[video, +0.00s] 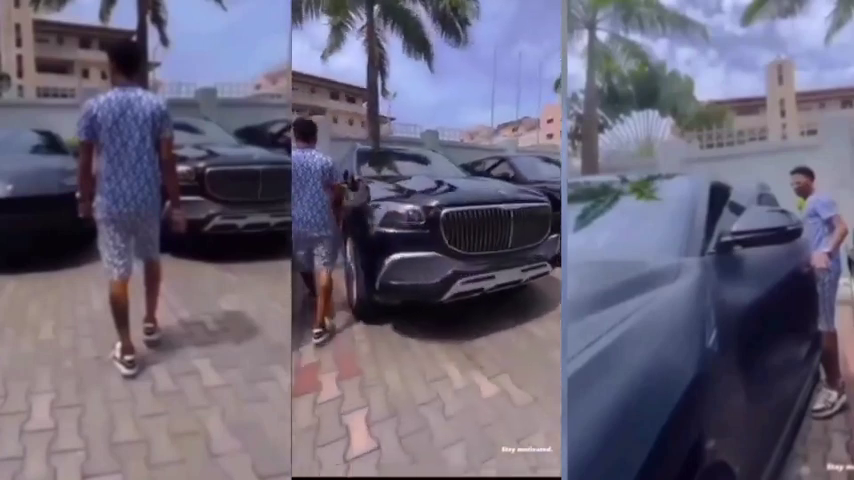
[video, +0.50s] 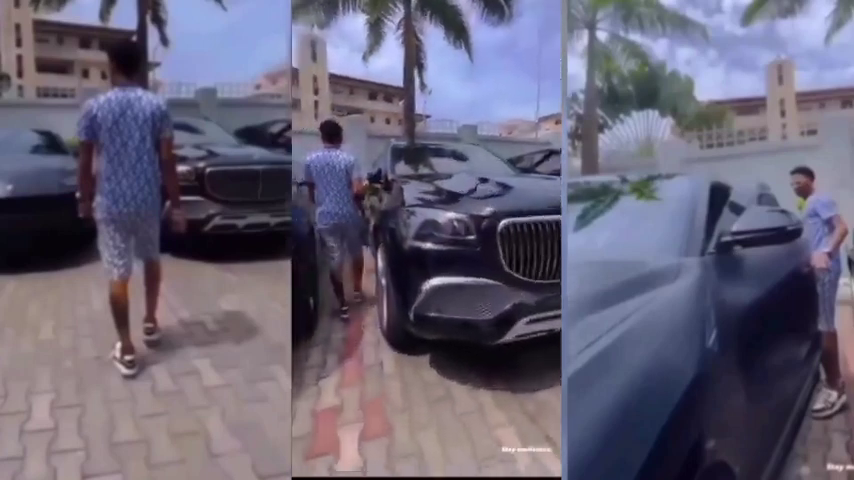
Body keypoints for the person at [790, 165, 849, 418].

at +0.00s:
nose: (796, 188)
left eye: (799, 183)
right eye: (794, 185)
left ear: (811, 181)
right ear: (796, 185)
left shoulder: (821, 201)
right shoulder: (808, 206)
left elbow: (841, 228)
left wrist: (827, 252)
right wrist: (809, 256)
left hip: (825, 269)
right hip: (814, 269)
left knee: (825, 328)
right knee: (821, 327)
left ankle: (835, 388)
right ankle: (831, 385)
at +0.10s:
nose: (796, 188)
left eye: (799, 183)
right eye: (794, 185)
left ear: (811, 181)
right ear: (796, 185)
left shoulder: (821, 201)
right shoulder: (808, 206)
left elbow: (841, 228)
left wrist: (827, 252)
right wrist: (809, 256)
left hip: (825, 269)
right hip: (814, 269)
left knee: (825, 328)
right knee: (821, 327)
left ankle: (835, 388)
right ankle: (831, 385)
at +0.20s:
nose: (796, 188)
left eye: (799, 183)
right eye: (794, 185)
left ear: (811, 181)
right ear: (796, 185)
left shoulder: (821, 201)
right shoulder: (808, 206)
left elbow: (841, 228)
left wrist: (827, 252)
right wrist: (809, 256)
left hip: (825, 269)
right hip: (814, 269)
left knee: (825, 328)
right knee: (821, 327)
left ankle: (835, 388)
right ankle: (831, 385)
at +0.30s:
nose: (796, 188)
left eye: (799, 183)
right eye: (794, 185)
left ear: (811, 181)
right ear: (796, 185)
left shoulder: (821, 201)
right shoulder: (808, 206)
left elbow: (841, 228)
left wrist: (827, 252)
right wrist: (809, 256)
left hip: (825, 269)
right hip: (814, 269)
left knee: (825, 327)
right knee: (821, 327)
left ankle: (835, 388)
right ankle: (831, 385)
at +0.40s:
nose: (796, 188)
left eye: (799, 183)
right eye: (794, 185)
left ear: (811, 181)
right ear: (796, 185)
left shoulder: (821, 201)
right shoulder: (808, 206)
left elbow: (841, 228)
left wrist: (827, 252)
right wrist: (809, 256)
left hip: (825, 269)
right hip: (814, 269)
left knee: (825, 328)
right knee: (821, 327)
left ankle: (835, 388)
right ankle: (831, 385)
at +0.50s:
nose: (796, 188)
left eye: (799, 183)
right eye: (794, 185)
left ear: (811, 181)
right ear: (796, 185)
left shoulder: (821, 201)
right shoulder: (808, 206)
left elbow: (841, 228)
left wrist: (827, 252)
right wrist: (809, 256)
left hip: (825, 269)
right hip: (814, 269)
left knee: (825, 328)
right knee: (821, 327)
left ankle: (835, 388)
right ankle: (831, 385)